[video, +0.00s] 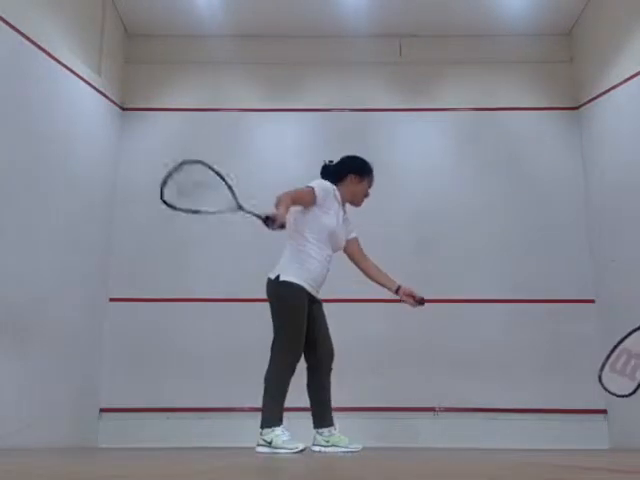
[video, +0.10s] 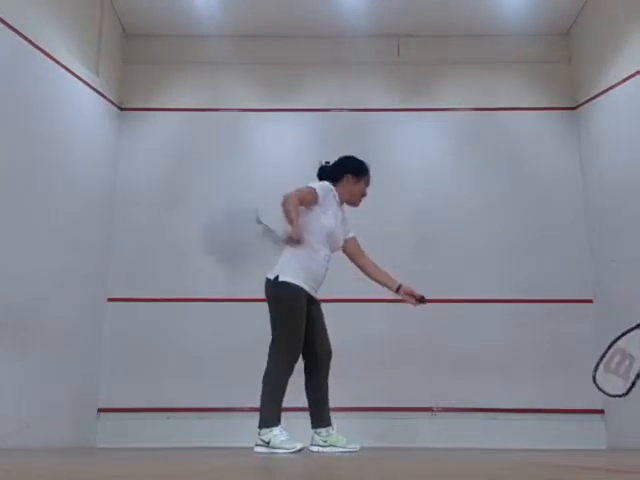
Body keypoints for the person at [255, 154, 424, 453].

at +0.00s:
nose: (368, 194)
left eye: (370, 189)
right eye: (367, 187)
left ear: (353, 182)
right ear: (351, 179)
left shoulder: (342, 221)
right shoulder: (324, 191)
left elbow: (363, 261)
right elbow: (287, 197)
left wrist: (399, 289)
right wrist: (280, 214)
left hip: (309, 293)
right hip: (288, 285)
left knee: (322, 355)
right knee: (286, 354)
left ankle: (325, 431)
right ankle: (270, 431)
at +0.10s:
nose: (365, 194)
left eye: (367, 188)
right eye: (364, 187)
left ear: (351, 182)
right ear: (348, 179)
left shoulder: (340, 219)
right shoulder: (324, 192)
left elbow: (360, 258)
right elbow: (291, 198)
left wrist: (399, 288)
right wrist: (294, 226)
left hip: (307, 292)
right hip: (287, 284)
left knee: (320, 355)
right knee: (284, 353)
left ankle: (323, 432)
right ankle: (268, 431)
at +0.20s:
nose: (364, 192)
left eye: (365, 187)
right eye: (362, 185)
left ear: (348, 182)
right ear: (346, 179)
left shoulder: (338, 219)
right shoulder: (327, 192)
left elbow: (360, 258)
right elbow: (308, 211)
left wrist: (391, 290)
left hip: (308, 291)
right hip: (290, 285)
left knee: (319, 356)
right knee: (287, 352)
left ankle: (322, 432)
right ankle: (268, 430)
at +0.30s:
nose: (361, 191)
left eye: (362, 185)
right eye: (360, 183)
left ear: (341, 178)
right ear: (345, 177)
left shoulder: (327, 201)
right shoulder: (332, 191)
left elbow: (340, 253)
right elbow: (339, 234)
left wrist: (356, 292)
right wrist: (359, 245)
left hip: (311, 290)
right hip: (296, 286)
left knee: (320, 358)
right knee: (293, 356)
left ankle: (322, 431)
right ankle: (269, 430)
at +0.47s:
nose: (358, 178)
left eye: (358, 172)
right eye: (357, 172)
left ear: (328, 174)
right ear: (348, 173)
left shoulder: (317, 201)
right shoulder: (346, 195)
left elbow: (299, 243)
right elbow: (366, 238)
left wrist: (283, 277)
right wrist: (358, 204)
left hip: (298, 287)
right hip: (316, 289)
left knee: (321, 356)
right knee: (323, 356)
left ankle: (322, 430)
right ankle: (278, 419)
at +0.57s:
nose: (357, 176)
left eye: (356, 171)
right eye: (355, 171)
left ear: (324, 174)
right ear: (347, 172)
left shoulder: (310, 203)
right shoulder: (350, 196)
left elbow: (279, 233)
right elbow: (366, 240)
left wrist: (251, 255)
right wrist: (345, 228)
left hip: (301, 290)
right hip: (324, 290)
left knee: (325, 361)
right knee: (336, 358)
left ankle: (323, 429)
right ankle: (300, 418)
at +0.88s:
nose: (347, 163)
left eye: (346, 157)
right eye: (346, 157)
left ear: (313, 159)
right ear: (338, 159)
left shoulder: (293, 190)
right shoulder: (344, 185)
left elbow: (263, 230)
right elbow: (366, 231)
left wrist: (231, 265)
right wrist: (350, 263)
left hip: (289, 281)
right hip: (324, 279)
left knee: (309, 351)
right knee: (338, 355)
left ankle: (300, 426)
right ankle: (324, 431)